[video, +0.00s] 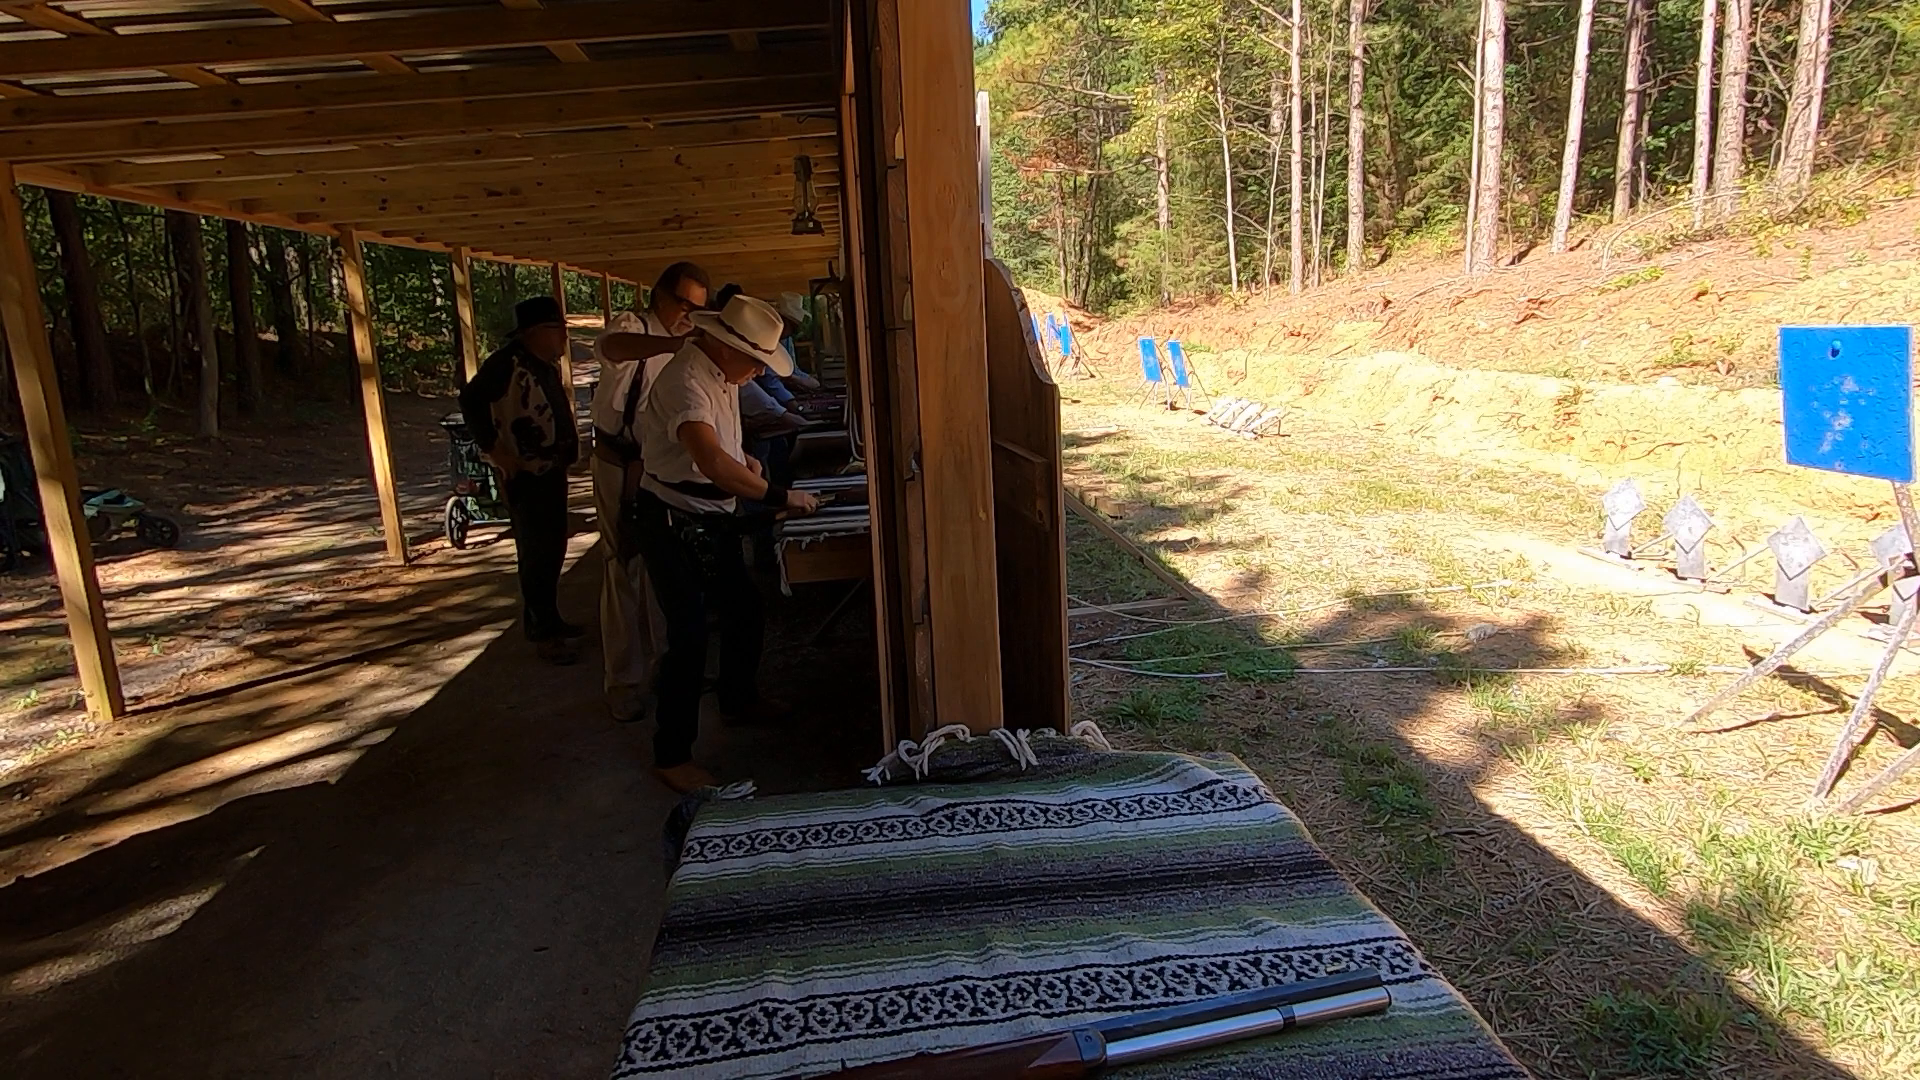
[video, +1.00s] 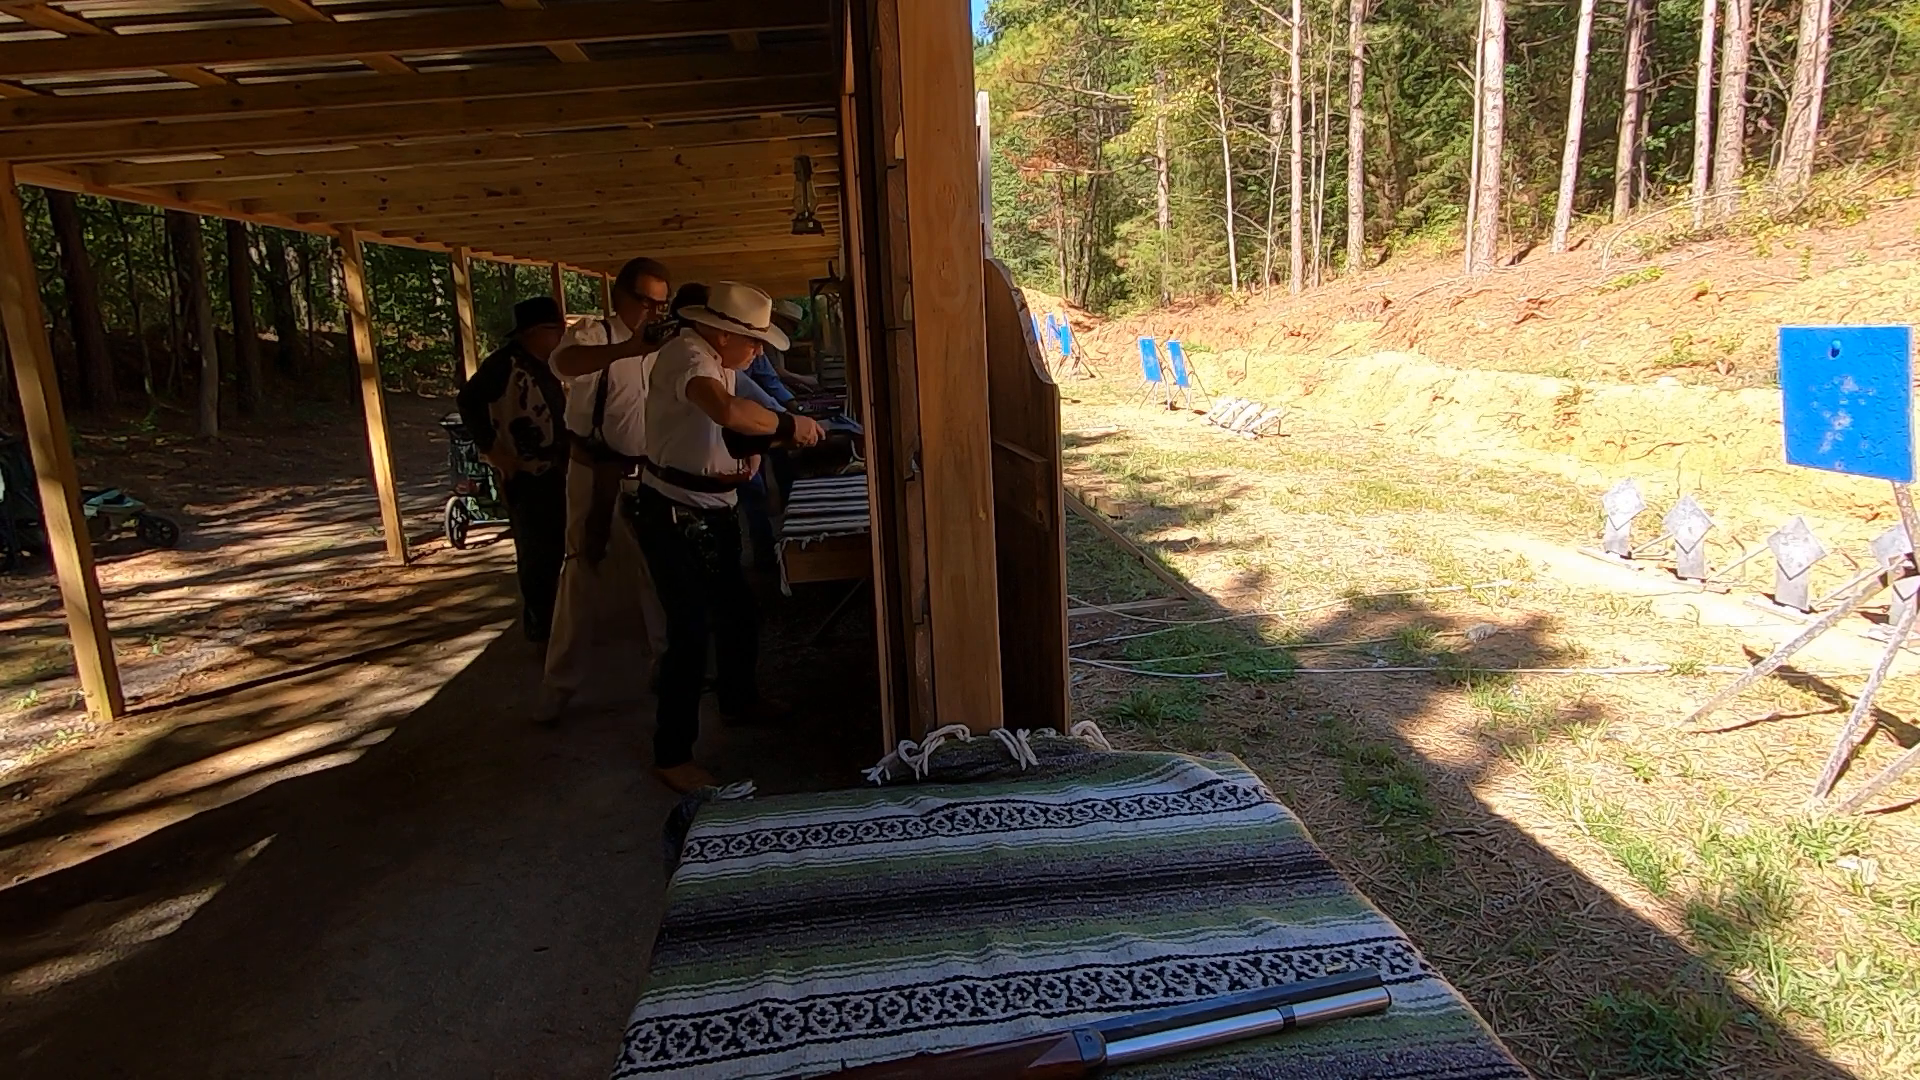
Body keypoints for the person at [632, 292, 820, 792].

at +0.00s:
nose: (757, 374)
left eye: (761, 367)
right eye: (755, 364)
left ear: (728, 349)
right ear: (729, 348)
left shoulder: (722, 377)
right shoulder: (685, 378)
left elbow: (727, 446)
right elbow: (709, 460)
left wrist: (755, 474)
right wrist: (780, 496)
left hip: (717, 516)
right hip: (672, 519)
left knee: (743, 611)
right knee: (689, 634)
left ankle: (739, 704)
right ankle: (672, 756)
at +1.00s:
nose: (757, 355)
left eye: (760, 346)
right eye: (753, 344)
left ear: (727, 335)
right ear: (725, 333)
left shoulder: (717, 362)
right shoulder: (686, 353)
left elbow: (722, 424)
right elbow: (724, 409)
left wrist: (751, 450)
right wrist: (786, 423)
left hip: (717, 512)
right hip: (672, 513)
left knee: (737, 613)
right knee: (689, 632)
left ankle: (740, 706)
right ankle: (673, 756)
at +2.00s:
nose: (748, 333)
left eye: (748, 324)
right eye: (741, 324)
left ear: (720, 325)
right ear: (709, 324)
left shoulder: (726, 365)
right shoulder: (667, 344)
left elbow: (753, 413)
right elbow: (700, 392)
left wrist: (808, 392)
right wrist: (753, 372)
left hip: (722, 508)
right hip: (672, 509)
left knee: (732, 615)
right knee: (681, 631)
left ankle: (740, 707)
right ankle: (672, 756)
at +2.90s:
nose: (753, 350)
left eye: (754, 341)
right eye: (745, 341)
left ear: (745, 339)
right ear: (710, 336)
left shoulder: (747, 376)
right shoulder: (666, 344)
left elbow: (796, 412)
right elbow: (690, 393)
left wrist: (857, 395)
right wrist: (756, 374)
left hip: (714, 511)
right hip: (657, 510)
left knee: (738, 611)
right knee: (671, 632)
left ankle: (740, 705)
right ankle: (672, 756)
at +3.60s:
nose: (724, 334)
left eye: (725, 324)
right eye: (715, 325)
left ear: (715, 323)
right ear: (684, 323)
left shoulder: (719, 367)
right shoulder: (649, 343)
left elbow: (785, 409)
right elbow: (686, 373)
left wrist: (850, 385)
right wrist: (753, 385)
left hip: (707, 510)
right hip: (653, 513)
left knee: (727, 613)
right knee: (674, 629)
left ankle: (740, 708)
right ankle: (672, 756)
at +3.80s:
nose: (725, 330)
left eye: (726, 321)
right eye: (715, 321)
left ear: (721, 322)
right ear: (681, 318)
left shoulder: (720, 363)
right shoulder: (645, 362)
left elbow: (758, 425)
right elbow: (640, 444)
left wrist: (798, 394)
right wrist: (702, 416)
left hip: (718, 511)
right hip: (666, 514)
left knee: (731, 617)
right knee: (681, 630)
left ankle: (740, 710)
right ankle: (673, 756)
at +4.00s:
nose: (705, 338)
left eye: (712, 327)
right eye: (694, 326)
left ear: (720, 324)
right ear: (668, 321)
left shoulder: (729, 359)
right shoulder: (639, 369)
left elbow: (750, 435)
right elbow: (594, 439)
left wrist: (751, 401)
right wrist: (638, 429)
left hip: (741, 507)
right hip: (683, 517)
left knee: (751, 614)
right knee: (695, 632)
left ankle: (741, 705)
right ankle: (673, 756)